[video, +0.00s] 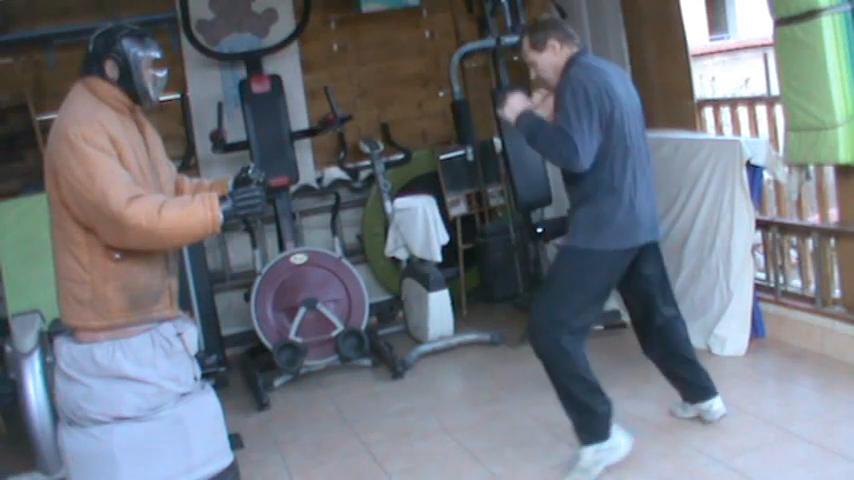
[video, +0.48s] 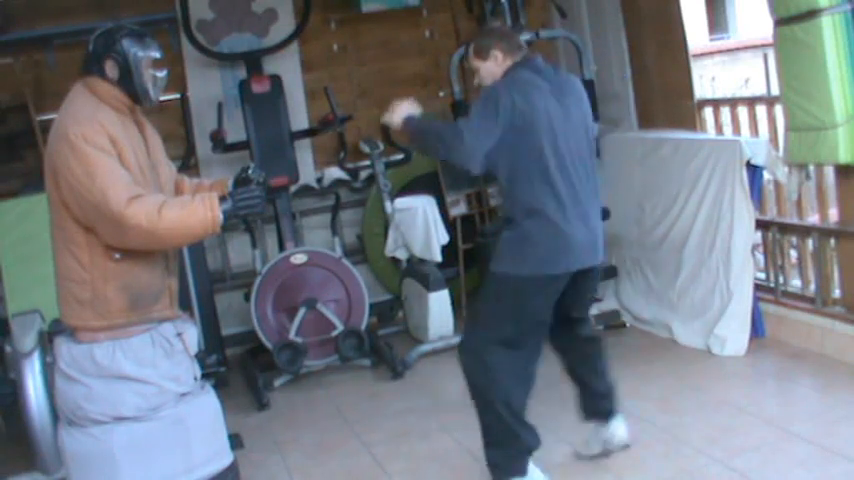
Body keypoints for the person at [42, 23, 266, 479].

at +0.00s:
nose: (153, 74)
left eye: (154, 63)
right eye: (144, 64)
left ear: (117, 68)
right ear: (111, 66)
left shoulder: (131, 118)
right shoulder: (80, 128)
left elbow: (168, 187)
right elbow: (125, 218)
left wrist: (227, 186)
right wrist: (218, 210)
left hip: (152, 317)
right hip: (109, 329)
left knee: (184, 447)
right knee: (132, 458)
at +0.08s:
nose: (153, 74)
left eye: (154, 63)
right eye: (144, 64)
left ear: (117, 68)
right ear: (111, 66)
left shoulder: (131, 118)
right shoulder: (80, 128)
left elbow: (168, 187)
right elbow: (125, 218)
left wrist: (227, 186)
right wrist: (218, 210)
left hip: (152, 316)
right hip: (109, 328)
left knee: (184, 447)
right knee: (132, 458)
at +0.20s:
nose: (153, 74)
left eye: (154, 63)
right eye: (144, 64)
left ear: (117, 68)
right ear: (111, 66)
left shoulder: (131, 118)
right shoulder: (80, 128)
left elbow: (168, 187)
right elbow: (125, 218)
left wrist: (227, 186)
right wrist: (218, 210)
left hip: (152, 317)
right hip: (109, 328)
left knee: (184, 446)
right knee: (132, 457)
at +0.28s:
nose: (153, 74)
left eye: (154, 63)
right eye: (144, 64)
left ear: (117, 68)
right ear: (111, 66)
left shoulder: (131, 118)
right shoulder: (79, 128)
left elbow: (168, 187)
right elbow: (125, 218)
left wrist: (227, 186)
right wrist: (218, 210)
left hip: (152, 317)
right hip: (109, 329)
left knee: (183, 446)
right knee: (131, 457)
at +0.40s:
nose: (153, 74)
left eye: (153, 63)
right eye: (143, 63)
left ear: (117, 68)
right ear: (111, 66)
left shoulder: (131, 118)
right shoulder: (79, 128)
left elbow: (168, 187)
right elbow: (126, 218)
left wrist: (227, 186)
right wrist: (219, 209)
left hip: (152, 318)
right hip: (109, 330)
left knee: (184, 448)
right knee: (132, 458)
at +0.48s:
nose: (153, 74)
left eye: (153, 63)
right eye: (143, 63)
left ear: (117, 68)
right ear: (111, 66)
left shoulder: (131, 118)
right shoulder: (80, 127)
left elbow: (168, 186)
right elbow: (126, 218)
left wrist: (227, 186)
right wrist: (218, 210)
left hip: (152, 318)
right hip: (109, 330)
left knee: (185, 448)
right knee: (133, 459)